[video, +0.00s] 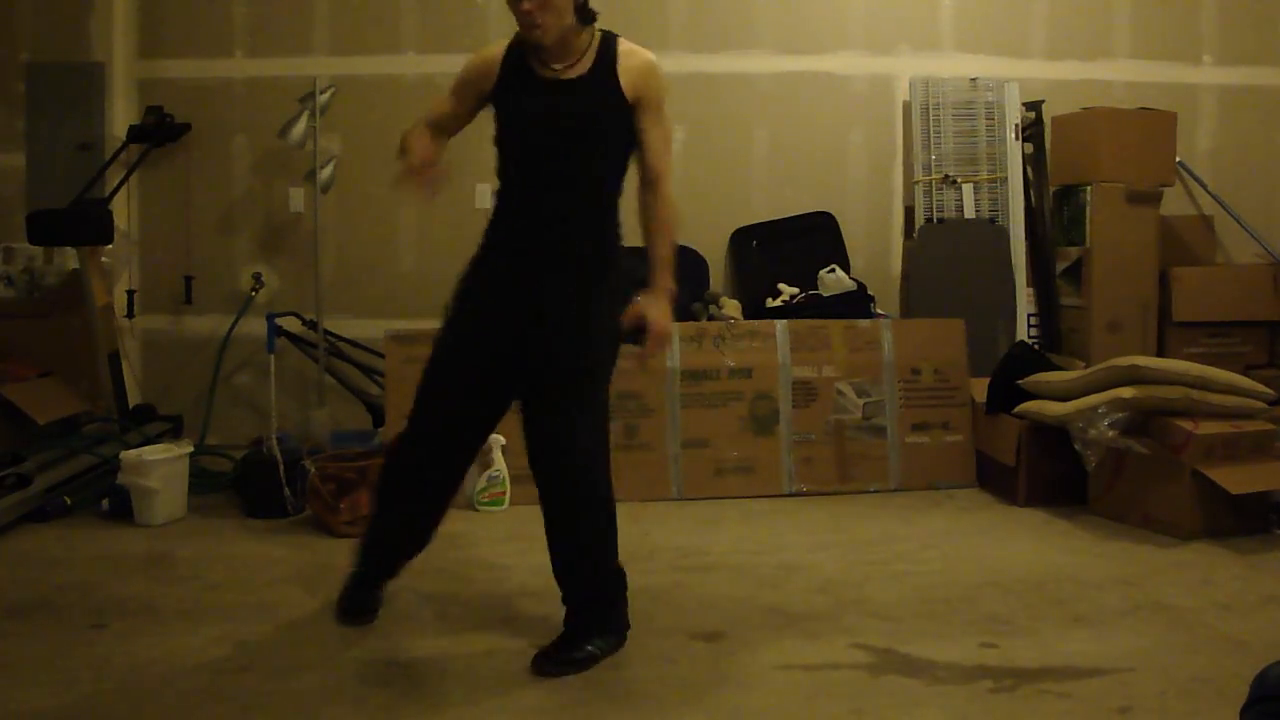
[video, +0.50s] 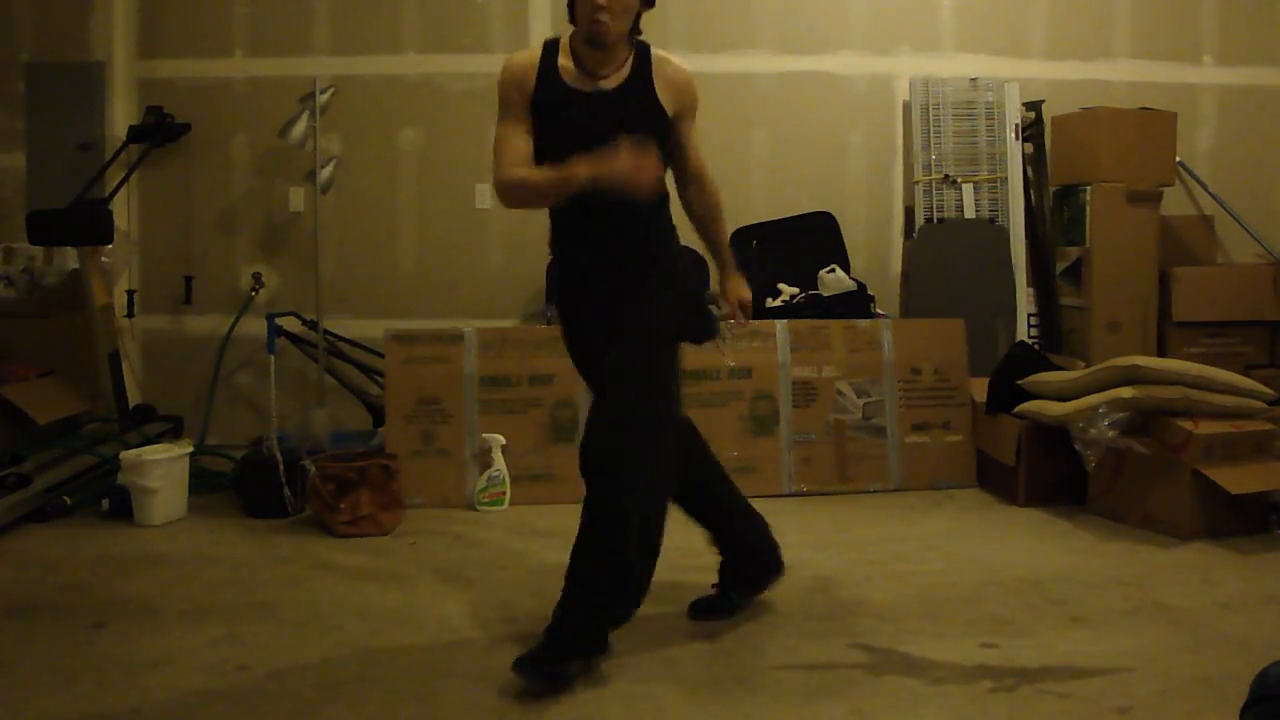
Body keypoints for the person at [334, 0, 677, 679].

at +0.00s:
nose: (526, 9)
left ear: (578, 3)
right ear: (510, 6)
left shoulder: (632, 71)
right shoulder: (497, 67)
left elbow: (655, 184)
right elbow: (431, 127)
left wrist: (660, 285)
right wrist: (420, 152)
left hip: (581, 287)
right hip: (500, 280)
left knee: (571, 458)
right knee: (435, 432)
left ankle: (598, 619)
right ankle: (373, 567)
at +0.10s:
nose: (542, 13)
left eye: (555, 3)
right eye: (535, 3)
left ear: (591, 0)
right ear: (528, 3)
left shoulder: (645, 63)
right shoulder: (511, 59)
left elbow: (678, 175)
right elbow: (416, 124)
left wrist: (685, 285)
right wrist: (481, 90)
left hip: (605, 288)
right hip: (524, 282)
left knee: (576, 461)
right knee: (452, 435)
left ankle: (597, 621)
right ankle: (465, 549)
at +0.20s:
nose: (576, 7)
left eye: (588, 2)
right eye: (568, 0)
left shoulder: (660, 36)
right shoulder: (529, 24)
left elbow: (692, 145)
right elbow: (433, 88)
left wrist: (704, 245)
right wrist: (527, 60)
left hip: (615, 260)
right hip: (535, 252)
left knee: (590, 435)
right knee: (505, 418)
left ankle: (591, 614)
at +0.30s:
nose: (596, 4)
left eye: (607, 2)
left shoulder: (670, 36)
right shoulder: (537, 22)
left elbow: (703, 134)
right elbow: (463, 99)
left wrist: (719, 225)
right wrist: (562, 61)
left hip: (631, 248)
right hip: (556, 244)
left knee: (602, 421)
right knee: (576, 416)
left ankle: (582, 620)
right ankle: (697, 526)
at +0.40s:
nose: (595, 6)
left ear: (637, 4)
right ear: (569, 1)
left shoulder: (673, 75)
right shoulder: (533, 65)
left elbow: (710, 162)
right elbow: (490, 155)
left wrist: (729, 244)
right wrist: (584, 101)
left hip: (654, 280)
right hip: (578, 283)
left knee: (620, 454)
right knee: (656, 436)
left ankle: (571, 643)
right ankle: (754, 556)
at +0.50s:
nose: (598, 8)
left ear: (641, 9)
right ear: (570, 4)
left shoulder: (667, 82)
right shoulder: (527, 73)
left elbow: (694, 178)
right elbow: (510, 185)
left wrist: (727, 265)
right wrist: (596, 170)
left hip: (652, 280)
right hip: (578, 285)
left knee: (618, 453)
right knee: (654, 430)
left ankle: (577, 635)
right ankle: (752, 553)